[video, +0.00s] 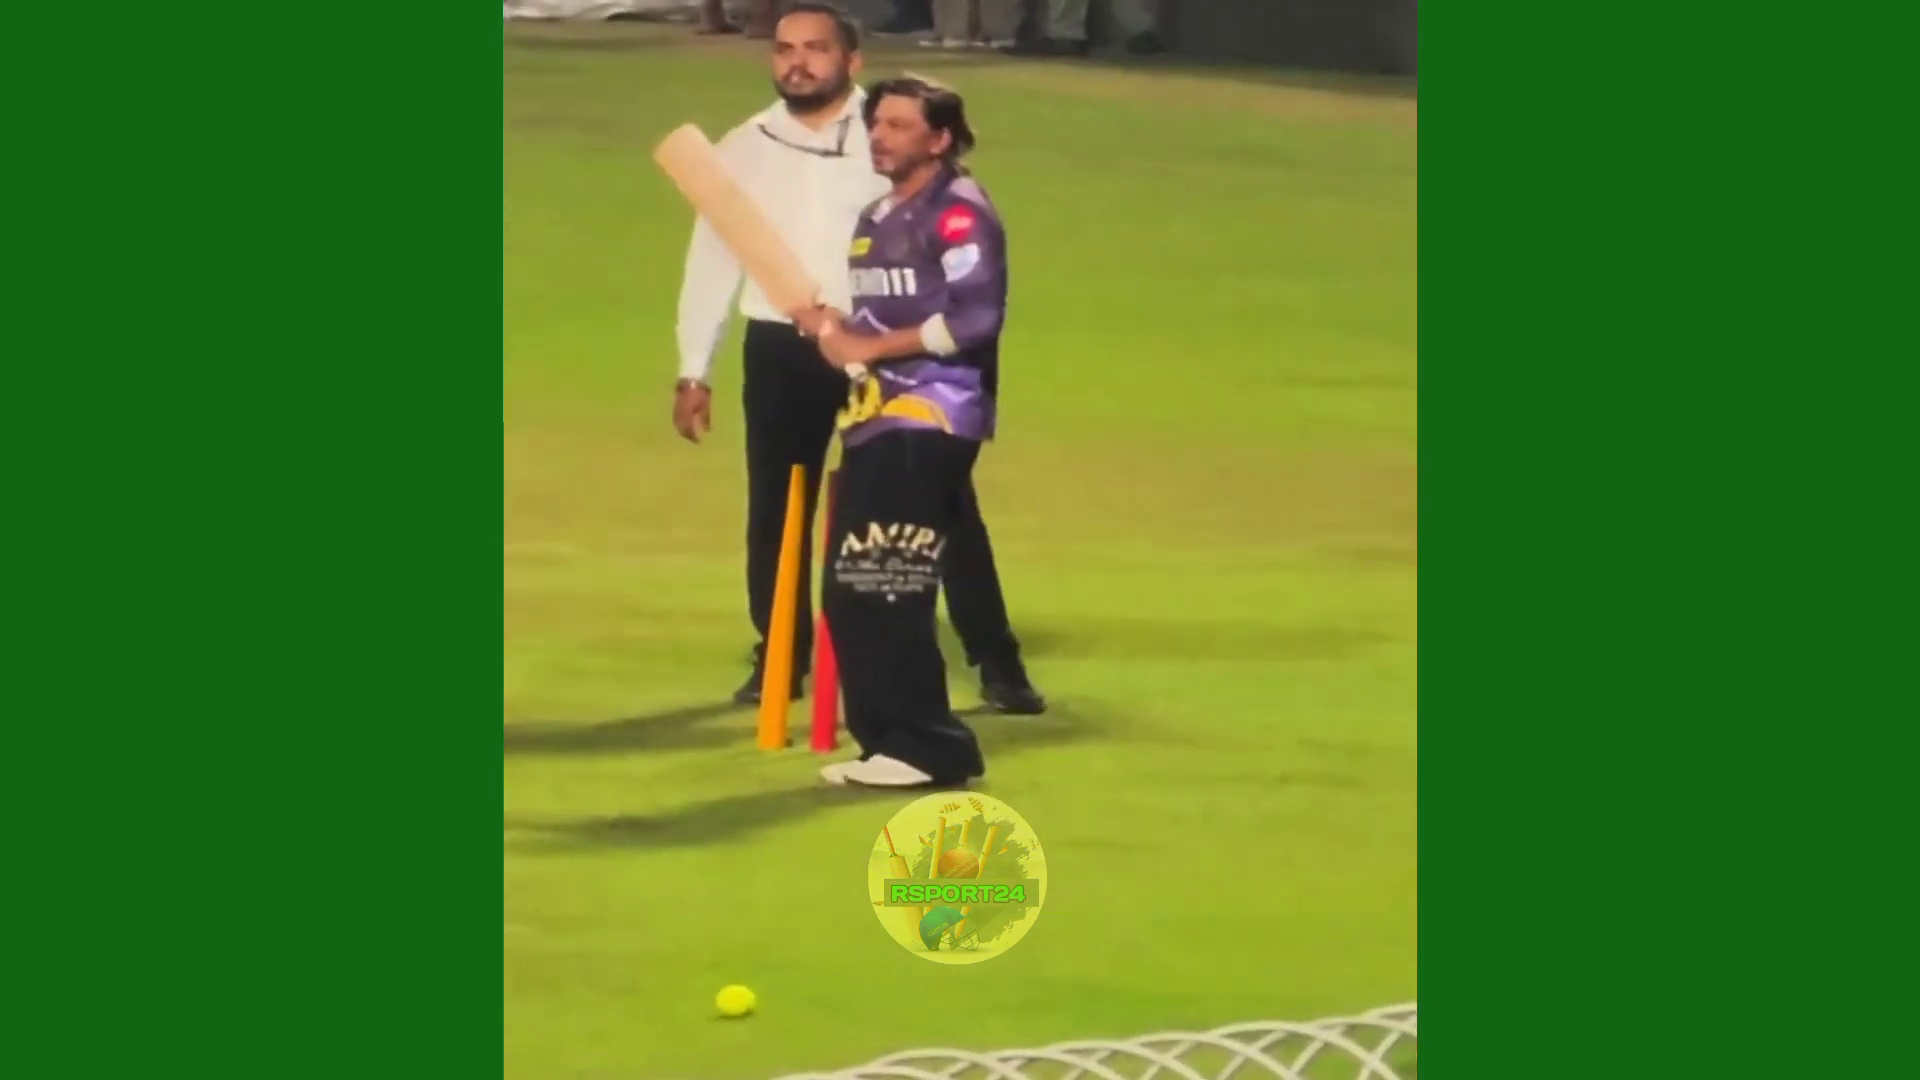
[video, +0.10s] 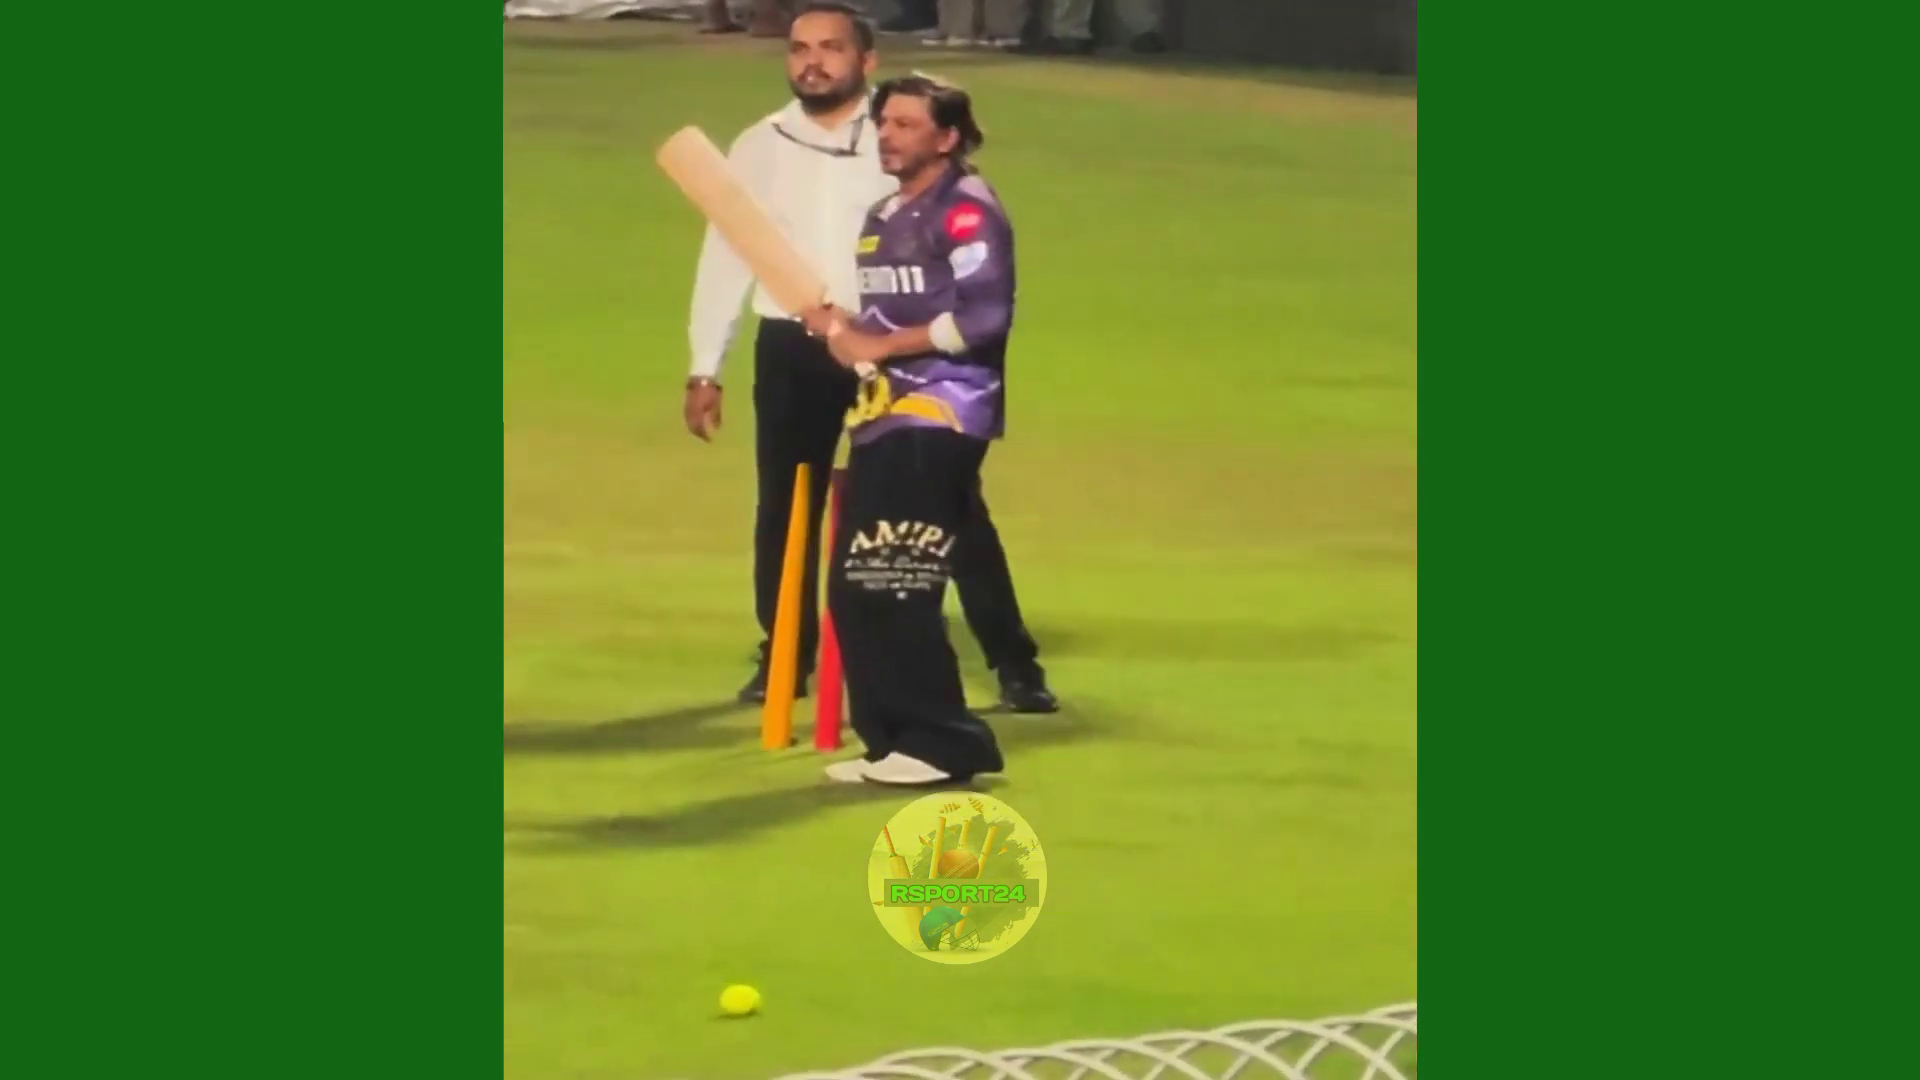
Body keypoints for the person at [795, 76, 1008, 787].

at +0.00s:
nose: (879, 137)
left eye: (896, 128)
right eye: (876, 125)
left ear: (939, 139)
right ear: (870, 132)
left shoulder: (961, 212)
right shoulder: (874, 219)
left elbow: (975, 321)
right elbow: (888, 321)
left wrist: (868, 347)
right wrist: (836, 326)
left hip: (933, 414)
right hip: (881, 411)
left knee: (889, 581)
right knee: (854, 581)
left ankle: (925, 746)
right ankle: (891, 741)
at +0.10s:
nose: (887, 135)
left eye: (903, 126)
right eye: (883, 124)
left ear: (947, 138)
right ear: (878, 131)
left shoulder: (969, 209)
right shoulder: (882, 217)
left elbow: (984, 320)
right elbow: (894, 321)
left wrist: (878, 345)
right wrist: (843, 328)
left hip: (940, 415)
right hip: (888, 413)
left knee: (895, 583)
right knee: (857, 584)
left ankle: (945, 744)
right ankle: (895, 743)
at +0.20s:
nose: (896, 137)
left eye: (912, 126)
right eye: (895, 124)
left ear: (957, 137)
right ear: (898, 130)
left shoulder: (980, 210)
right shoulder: (900, 216)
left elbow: (998, 318)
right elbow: (908, 319)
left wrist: (895, 349)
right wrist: (854, 331)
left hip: (959, 416)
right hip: (905, 412)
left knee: (925, 579)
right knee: (867, 580)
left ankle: (977, 746)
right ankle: (905, 743)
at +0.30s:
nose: (892, 138)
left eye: (907, 127)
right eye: (892, 125)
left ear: (954, 137)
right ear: (902, 133)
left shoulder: (982, 212)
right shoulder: (904, 222)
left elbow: (998, 317)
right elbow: (911, 324)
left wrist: (898, 360)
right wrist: (863, 343)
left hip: (968, 426)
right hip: (912, 423)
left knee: (955, 590)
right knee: (873, 582)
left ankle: (976, 756)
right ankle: (903, 747)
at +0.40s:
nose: (900, 141)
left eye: (912, 130)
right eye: (900, 128)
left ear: (955, 136)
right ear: (939, 139)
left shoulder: (1001, 215)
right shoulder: (924, 223)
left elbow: (1001, 326)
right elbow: (928, 324)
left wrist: (913, 376)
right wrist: (887, 366)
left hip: (997, 430)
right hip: (940, 427)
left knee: (973, 589)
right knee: (893, 578)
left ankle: (988, 757)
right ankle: (916, 745)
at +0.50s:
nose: (909, 149)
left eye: (919, 136)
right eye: (910, 135)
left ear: (958, 143)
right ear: (952, 144)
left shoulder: (1011, 224)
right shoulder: (941, 233)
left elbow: (994, 345)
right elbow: (942, 345)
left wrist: (917, 406)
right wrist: (899, 403)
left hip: (1015, 441)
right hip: (964, 438)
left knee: (983, 597)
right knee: (914, 587)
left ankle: (992, 762)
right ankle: (923, 748)